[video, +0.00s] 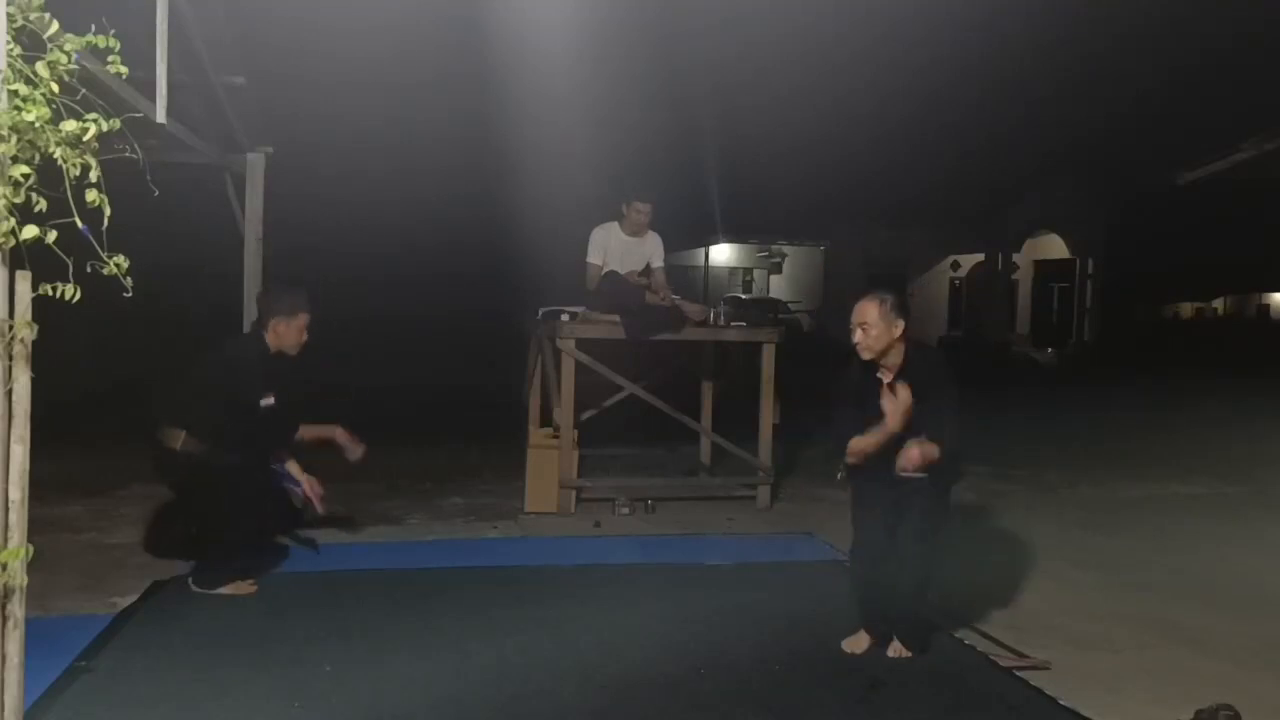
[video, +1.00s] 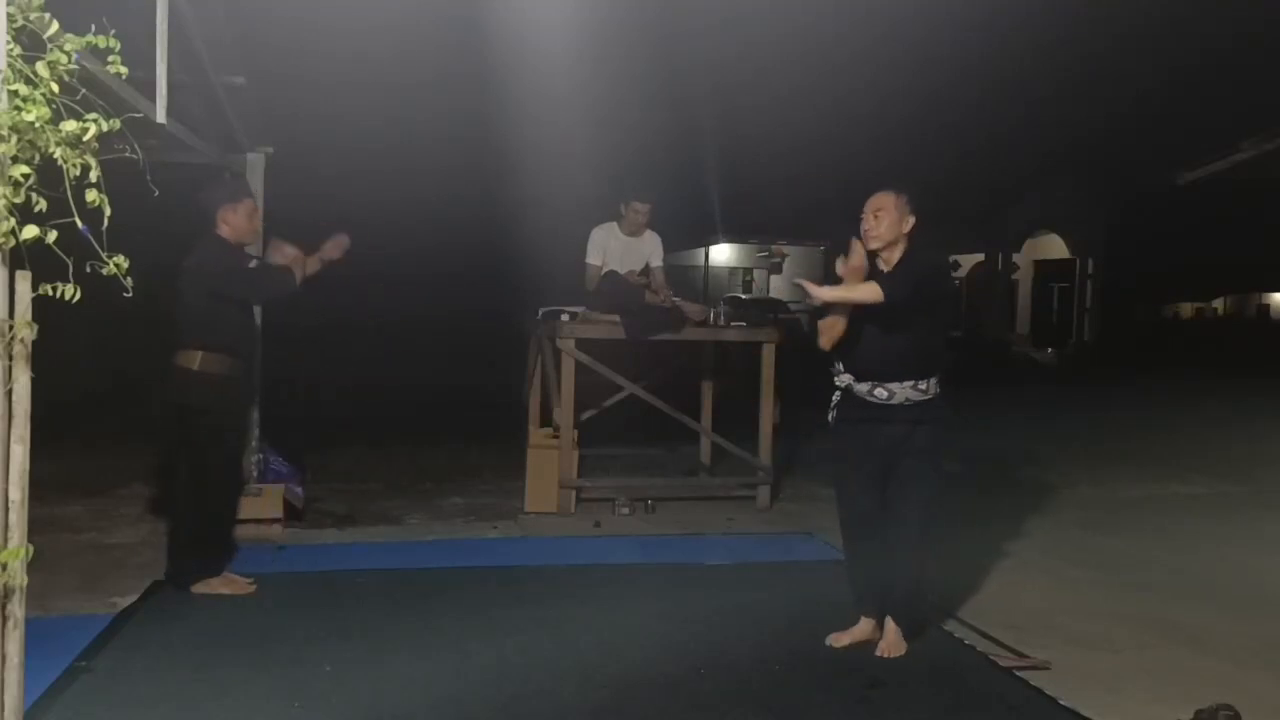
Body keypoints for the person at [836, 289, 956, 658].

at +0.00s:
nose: (857, 338)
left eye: (866, 327)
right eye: (854, 328)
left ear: (897, 328)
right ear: (851, 330)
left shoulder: (930, 369)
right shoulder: (855, 375)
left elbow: (949, 438)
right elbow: (848, 452)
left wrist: (924, 454)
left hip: (919, 484)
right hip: (869, 482)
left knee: (913, 557)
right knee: (868, 552)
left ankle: (909, 633)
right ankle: (871, 626)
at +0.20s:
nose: (874, 311)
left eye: (883, 302)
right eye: (869, 303)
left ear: (911, 306)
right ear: (863, 307)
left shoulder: (937, 343)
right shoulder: (856, 352)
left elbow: (922, 362)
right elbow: (821, 423)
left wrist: (863, 325)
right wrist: (819, 493)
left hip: (922, 472)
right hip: (869, 467)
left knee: (915, 554)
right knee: (868, 551)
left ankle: (908, 630)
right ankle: (872, 626)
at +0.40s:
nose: (875, 233)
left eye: (886, 225)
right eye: (873, 226)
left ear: (916, 234)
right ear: (869, 235)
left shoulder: (939, 278)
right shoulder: (858, 284)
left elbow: (907, 296)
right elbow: (798, 298)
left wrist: (842, 287)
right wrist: (734, 288)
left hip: (922, 421)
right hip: (864, 418)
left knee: (912, 523)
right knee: (864, 521)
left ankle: (901, 623)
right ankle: (868, 619)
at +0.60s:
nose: (880, 217)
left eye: (892, 209)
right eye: (877, 210)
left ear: (920, 220)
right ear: (872, 221)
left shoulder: (936, 265)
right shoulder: (860, 261)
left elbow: (896, 285)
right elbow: (785, 264)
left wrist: (828, 286)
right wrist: (821, 223)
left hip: (915, 410)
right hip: (859, 406)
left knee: (906, 513)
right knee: (862, 511)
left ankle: (898, 620)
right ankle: (868, 614)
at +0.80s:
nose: (879, 220)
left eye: (891, 212)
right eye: (877, 214)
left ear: (920, 221)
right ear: (874, 223)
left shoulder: (939, 267)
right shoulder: (857, 271)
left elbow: (896, 277)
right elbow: (800, 299)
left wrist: (833, 267)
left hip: (915, 413)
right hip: (856, 410)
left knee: (905, 516)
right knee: (853, 513)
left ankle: (896, 623)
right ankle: (867, 615)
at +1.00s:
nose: (866, 222)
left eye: (878, 213)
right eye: (864, 215)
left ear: (908, 223)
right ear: (861, 227)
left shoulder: (929, 269)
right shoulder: (853, 275)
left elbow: (888, 292)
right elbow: (825, 339)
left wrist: (825, 293)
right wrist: (853, 280)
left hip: (914, 411)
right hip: (857, 407)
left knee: (906, 515)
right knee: (858, 513)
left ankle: (895, 620)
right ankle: (869, 617)